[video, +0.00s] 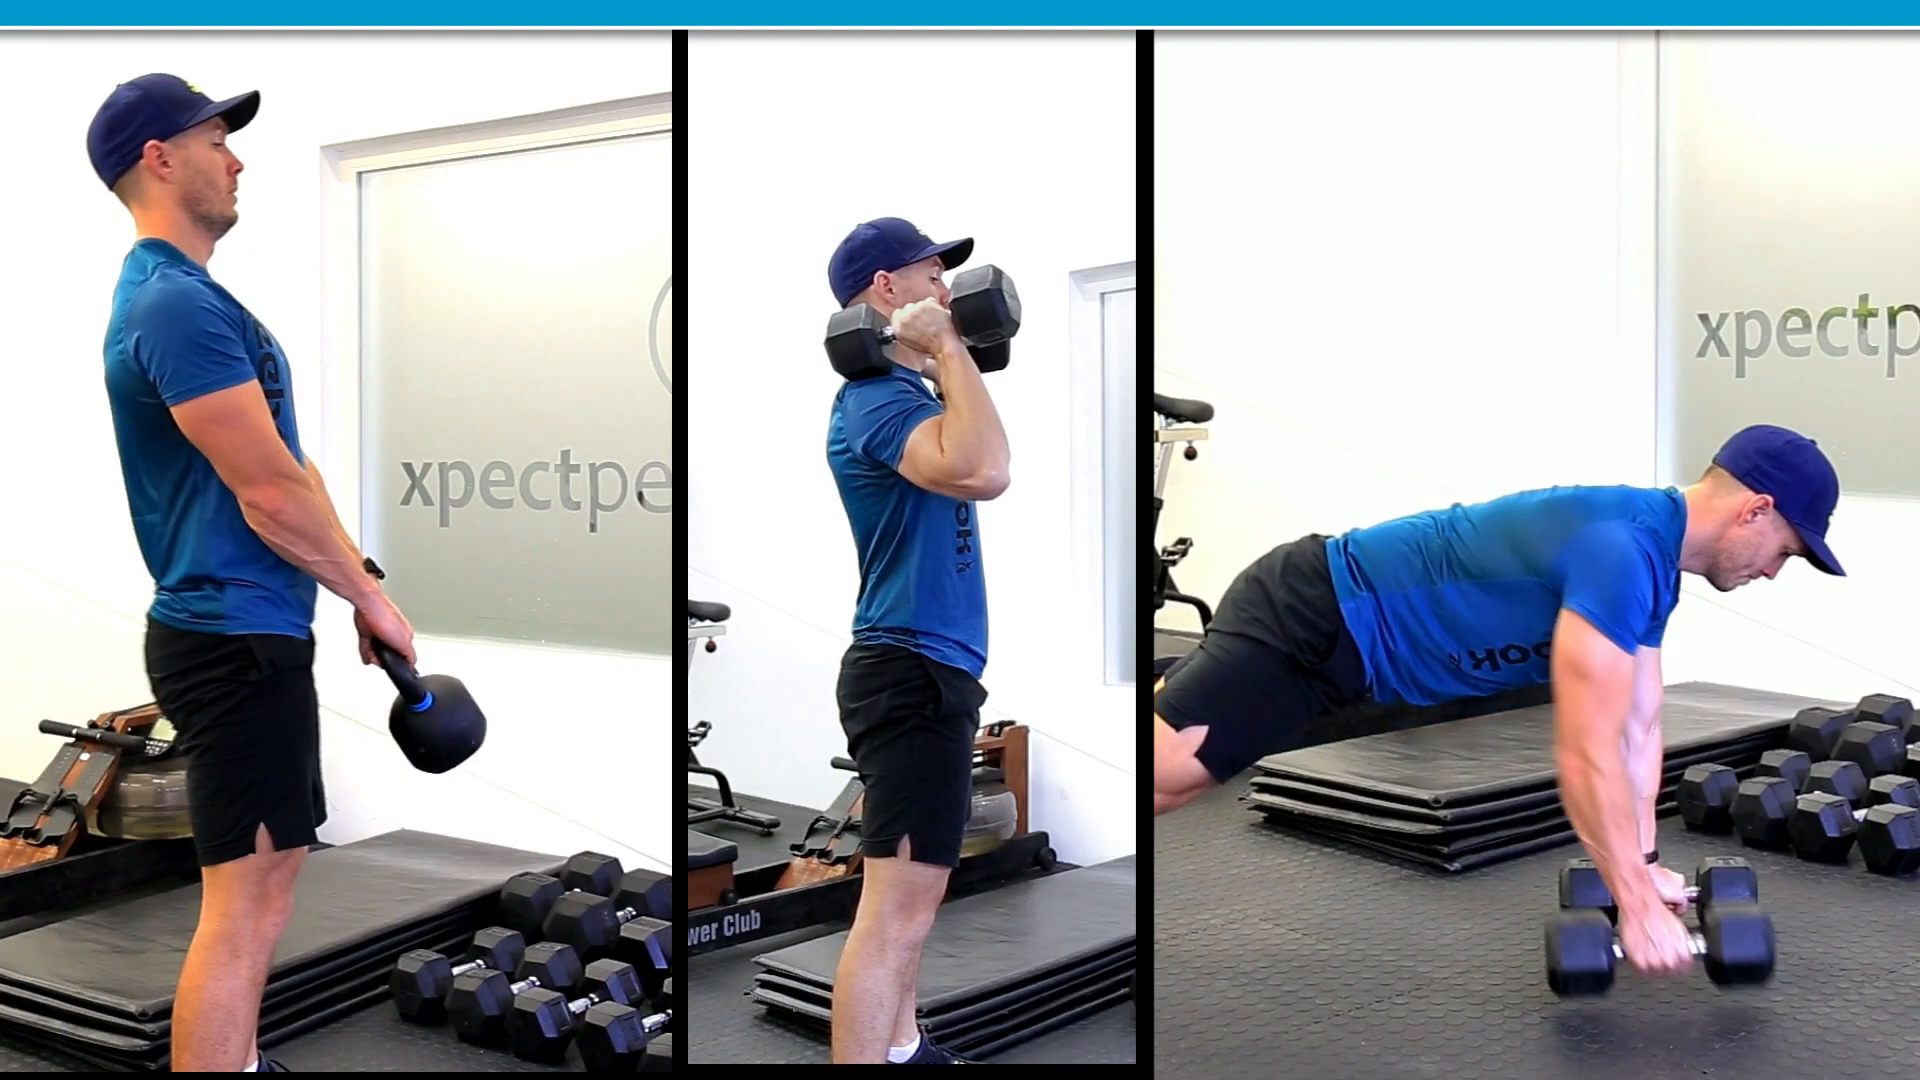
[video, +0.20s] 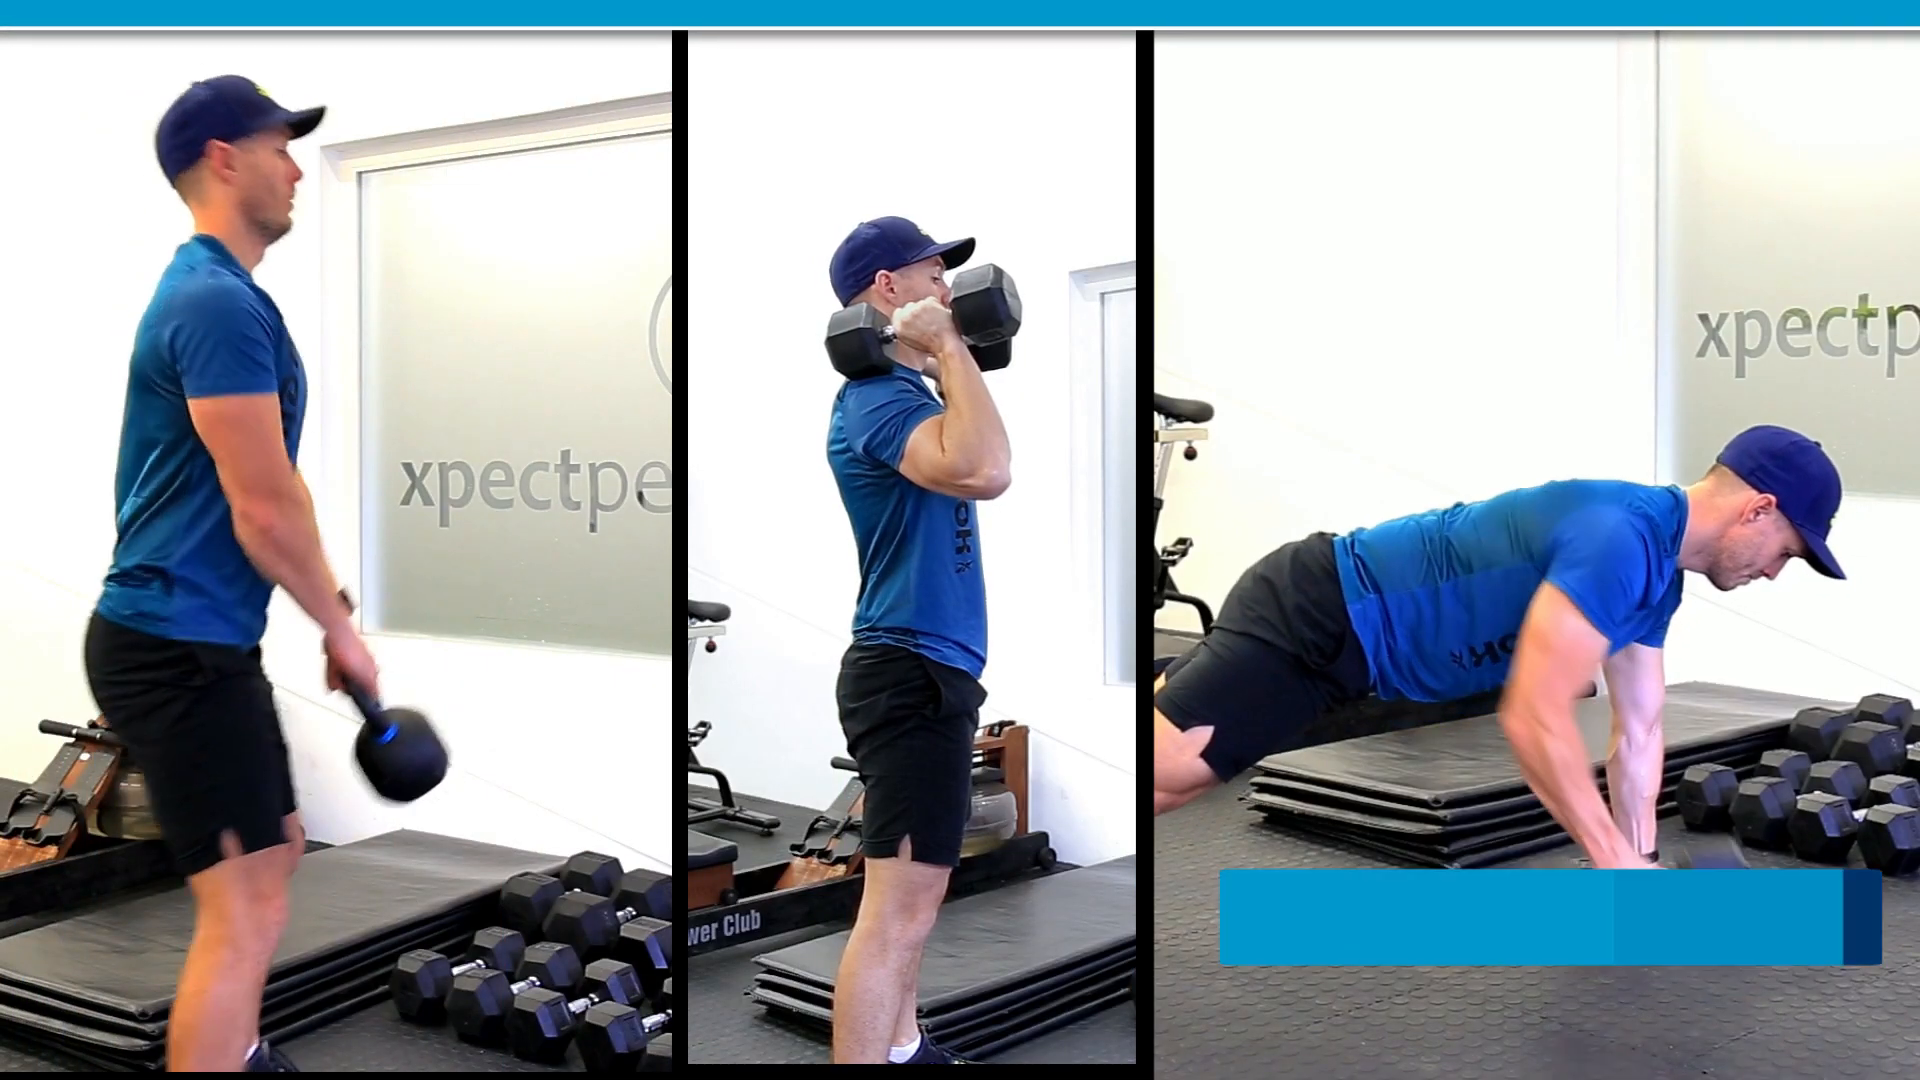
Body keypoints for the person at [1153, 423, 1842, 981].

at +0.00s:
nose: (1776, 573)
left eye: (1790, 561)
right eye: (1788, 552)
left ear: (1746, 510)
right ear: (1752, 510)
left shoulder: (1651, 560)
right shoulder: (1622, 546)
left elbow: (1638, 727)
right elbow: (1585, 750)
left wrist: (1641, 861)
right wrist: (1632, 900)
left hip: (1342, 641)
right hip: (1315, 615)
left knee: (1154, 764)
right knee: (1147, 777)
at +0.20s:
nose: (1778, 573)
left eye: (1792, 560)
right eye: (1790, 551)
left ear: (1747, 503)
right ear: (1755, 507)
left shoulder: (1657, 571)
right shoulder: (1619, 537)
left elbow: (1638, 727)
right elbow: (1530, 717)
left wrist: (1640, 865)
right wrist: (1614, 859)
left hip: (1347, 652)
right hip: (1321, 610)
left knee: (1164, 780)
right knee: (1156, 759)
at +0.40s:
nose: (1785, 573)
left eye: (1799, 561)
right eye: (1796, 551)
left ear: (1752, 507)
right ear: (1761, 507)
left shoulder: (1659, 580)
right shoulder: (1621, 529)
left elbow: (1640, 730)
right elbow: (1464, 629)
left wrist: (1638, 839)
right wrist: (1559, 755)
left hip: (1357, 655)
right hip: (1328, 614)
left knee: (1161, 764)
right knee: (1156, 777)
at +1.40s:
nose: (1779, 578)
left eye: (1793, 567)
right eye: (1792, 557)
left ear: (1750, 507)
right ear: (1758, 510)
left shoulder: (1654, 579)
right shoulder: (1616, 529)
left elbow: (1636, 730)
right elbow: (1526, 709)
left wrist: (1644, 868)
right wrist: (1611, 860)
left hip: (1348, 659)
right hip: (1320, 611)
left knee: (1161, 780)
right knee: (1153, 760)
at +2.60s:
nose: (1791, 592)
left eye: (1805, 580)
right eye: (1802, 571)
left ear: (1762, 525)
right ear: (1770, 528)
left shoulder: (1659, 564)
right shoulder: (1645, 564)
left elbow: (1627, 768)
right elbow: (1619, 775)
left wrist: (1648, 928)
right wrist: (1642, 941)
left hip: (1346, 648)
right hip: (1329, 627)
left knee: (1147, 772)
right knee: (1140, 792)